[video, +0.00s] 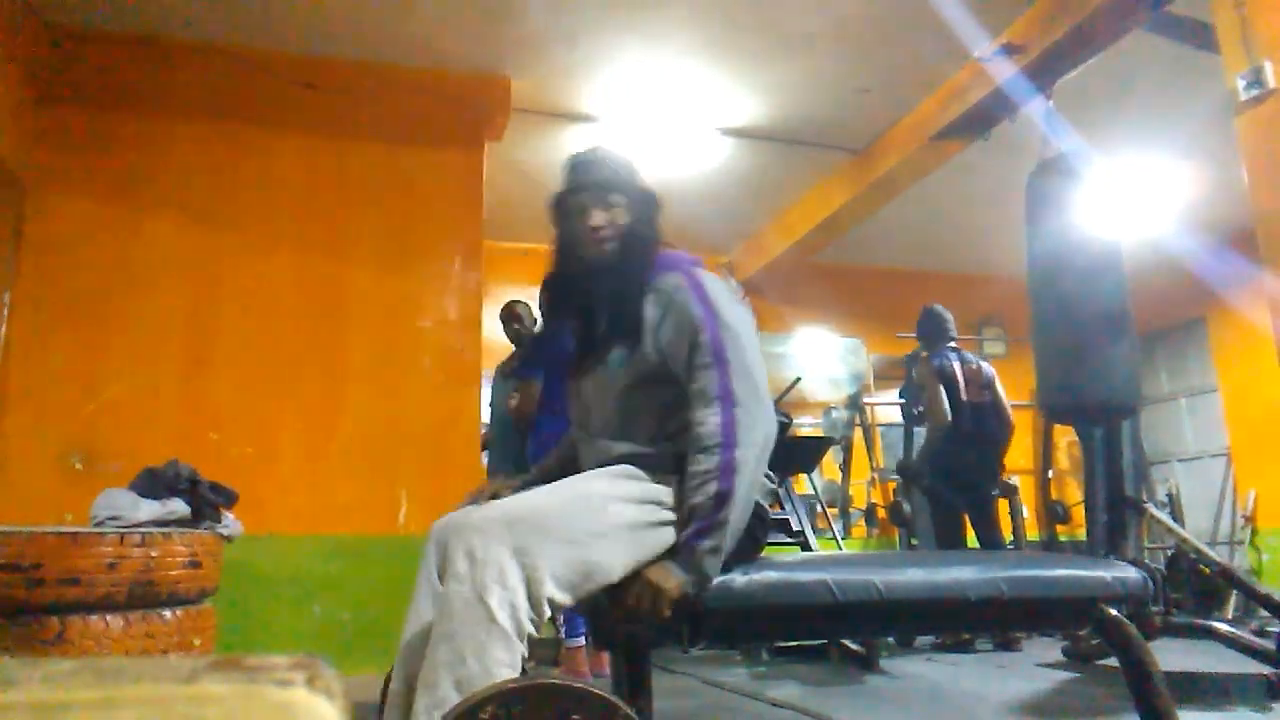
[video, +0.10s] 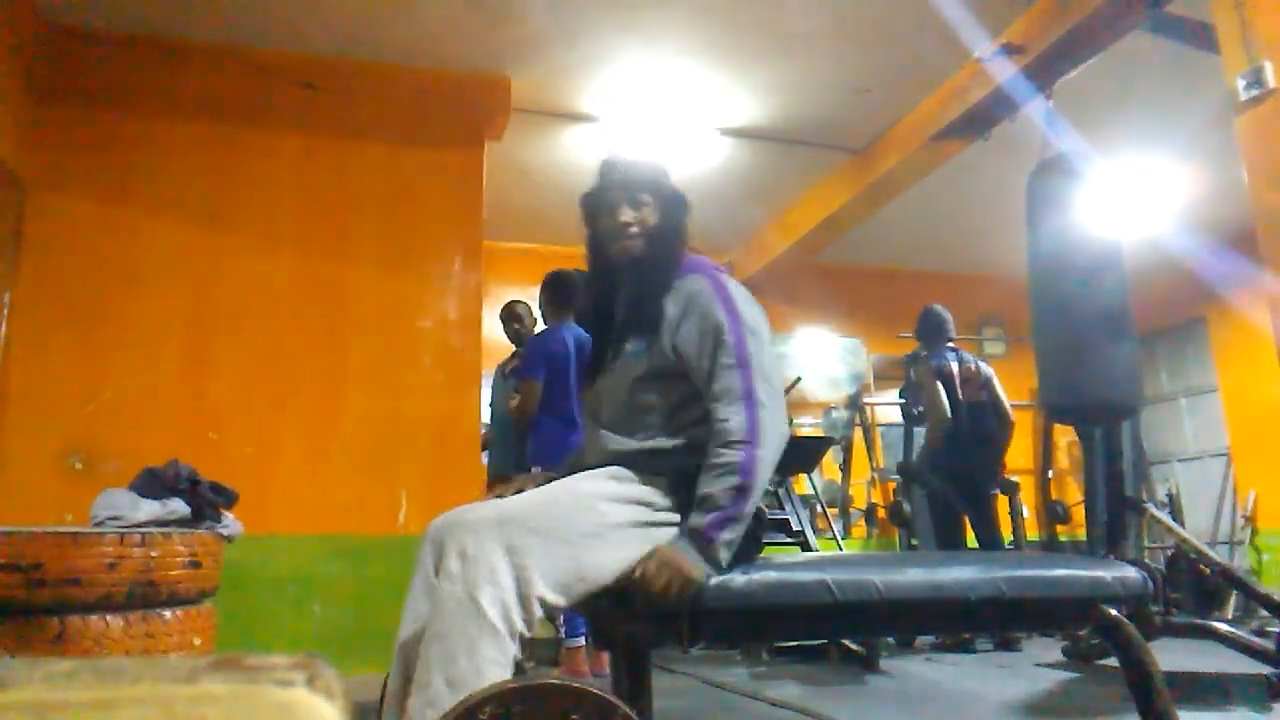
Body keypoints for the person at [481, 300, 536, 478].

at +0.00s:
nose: (513, 328)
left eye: (518, 321)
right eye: (506, 323)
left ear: (531, 321)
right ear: (503, 327)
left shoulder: (539, 358)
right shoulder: (504, 367)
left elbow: (528, 408)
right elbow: (501, 419)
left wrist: (515, 406)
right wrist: (485, 440)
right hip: (501, 462)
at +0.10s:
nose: (514, 328)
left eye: (520, 320)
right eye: (507, 323)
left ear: (534, 321)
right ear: (503, 328)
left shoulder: (542, 363)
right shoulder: (503, 368)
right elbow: (500, 420)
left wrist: (516, 405)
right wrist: (483, 440)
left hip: (530, 463)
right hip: (502, 465)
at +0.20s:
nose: (515, 327)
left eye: (520, 320)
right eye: (508, 322)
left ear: (534, 321)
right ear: (503, 328)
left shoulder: (542, 362)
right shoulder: (503, 369)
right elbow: (500, 420)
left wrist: (517, 406)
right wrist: (483, 441)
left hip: (531, 464)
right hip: (501, 466)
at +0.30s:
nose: (515, 327)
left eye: (520, 320)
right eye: (508, 322)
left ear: (534, 322)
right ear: (503, 328)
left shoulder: (543, 362)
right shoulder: (503, 369)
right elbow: (500, 421)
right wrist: (481, 442)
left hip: (532, 465)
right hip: (501, 467)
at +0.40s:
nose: (515, 327)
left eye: (521, 319)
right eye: (508, 322)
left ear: (535, 321)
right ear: (503, 328)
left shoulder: (545, 364)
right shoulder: (504, 369)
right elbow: (500, 420)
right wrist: (484, 440)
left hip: (534, 465)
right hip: (502, 468)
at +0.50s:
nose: (515, 327)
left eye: (521, 319)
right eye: (508, 322)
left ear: (535, 321)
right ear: (503, 328)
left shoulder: (544, 364)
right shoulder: (504, 368)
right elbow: (500, 421)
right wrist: (481, 442)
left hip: (532, 466)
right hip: (501, 469)